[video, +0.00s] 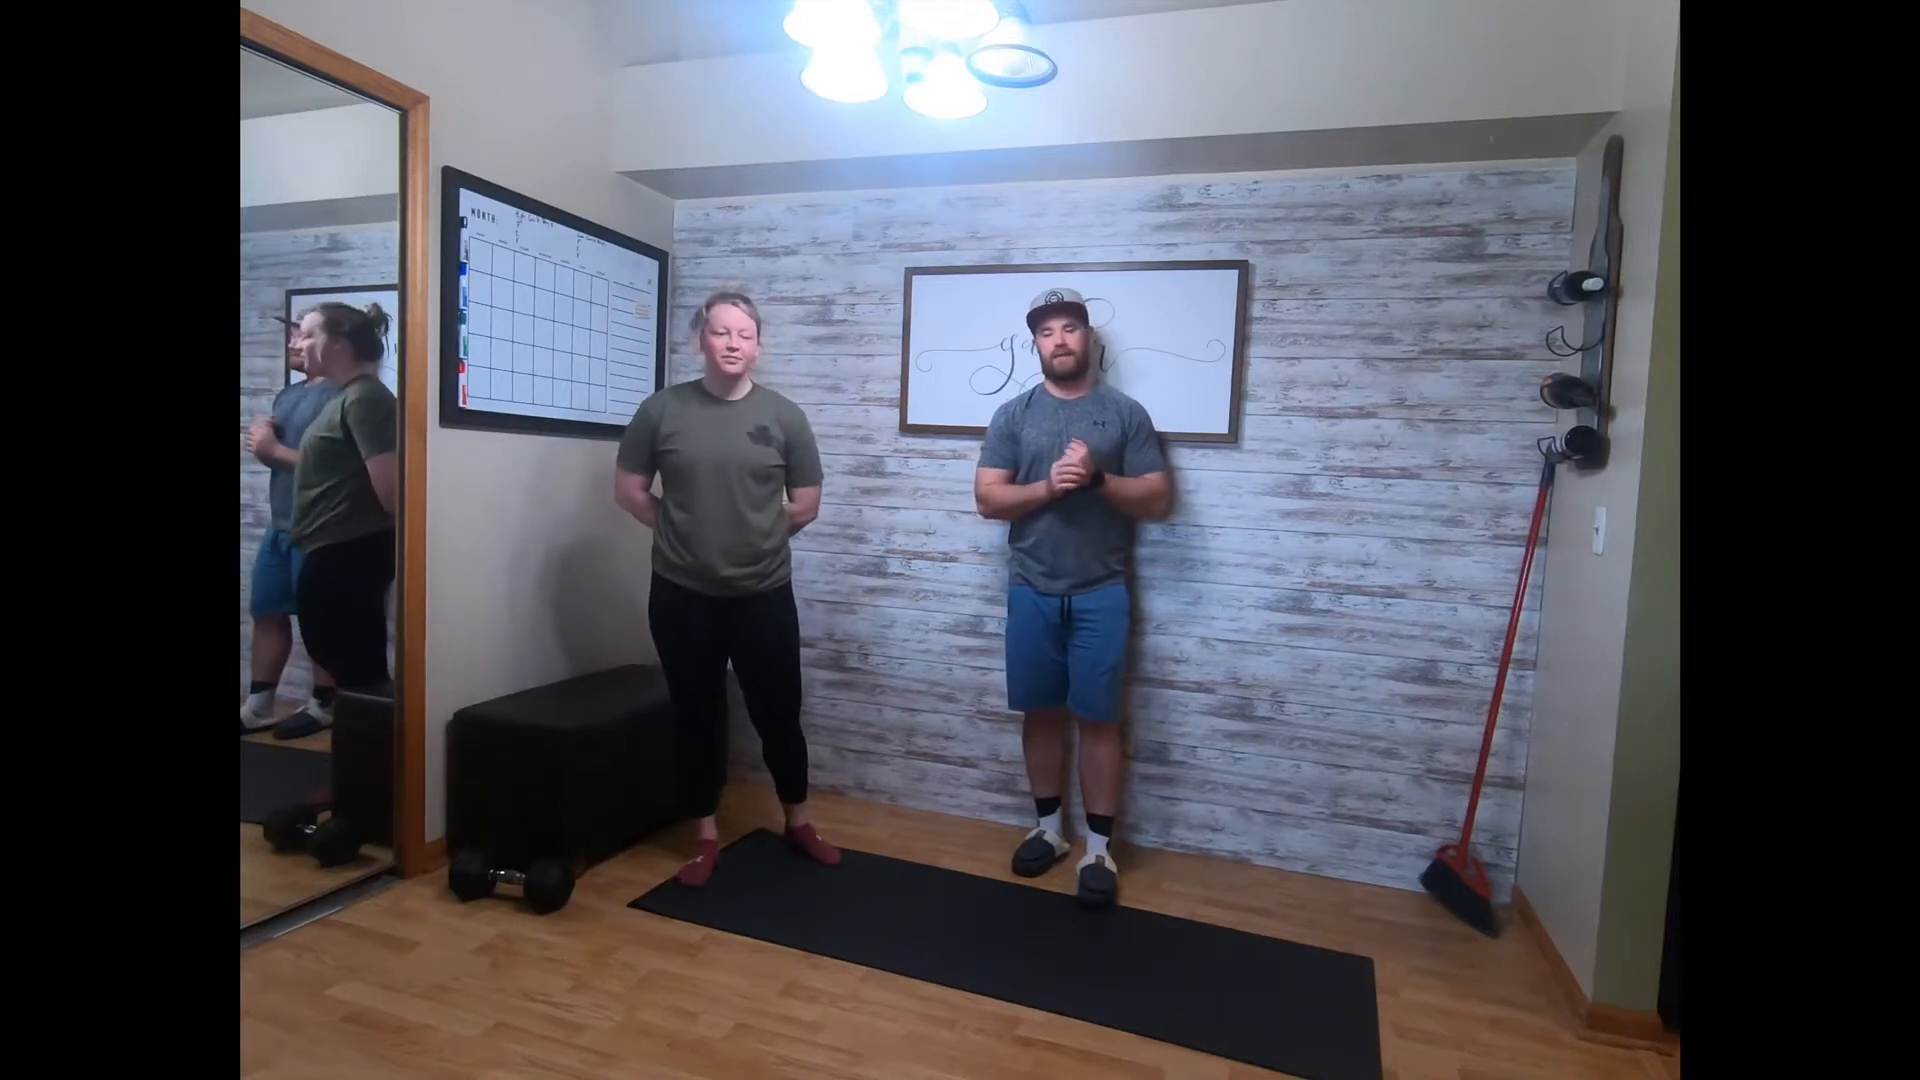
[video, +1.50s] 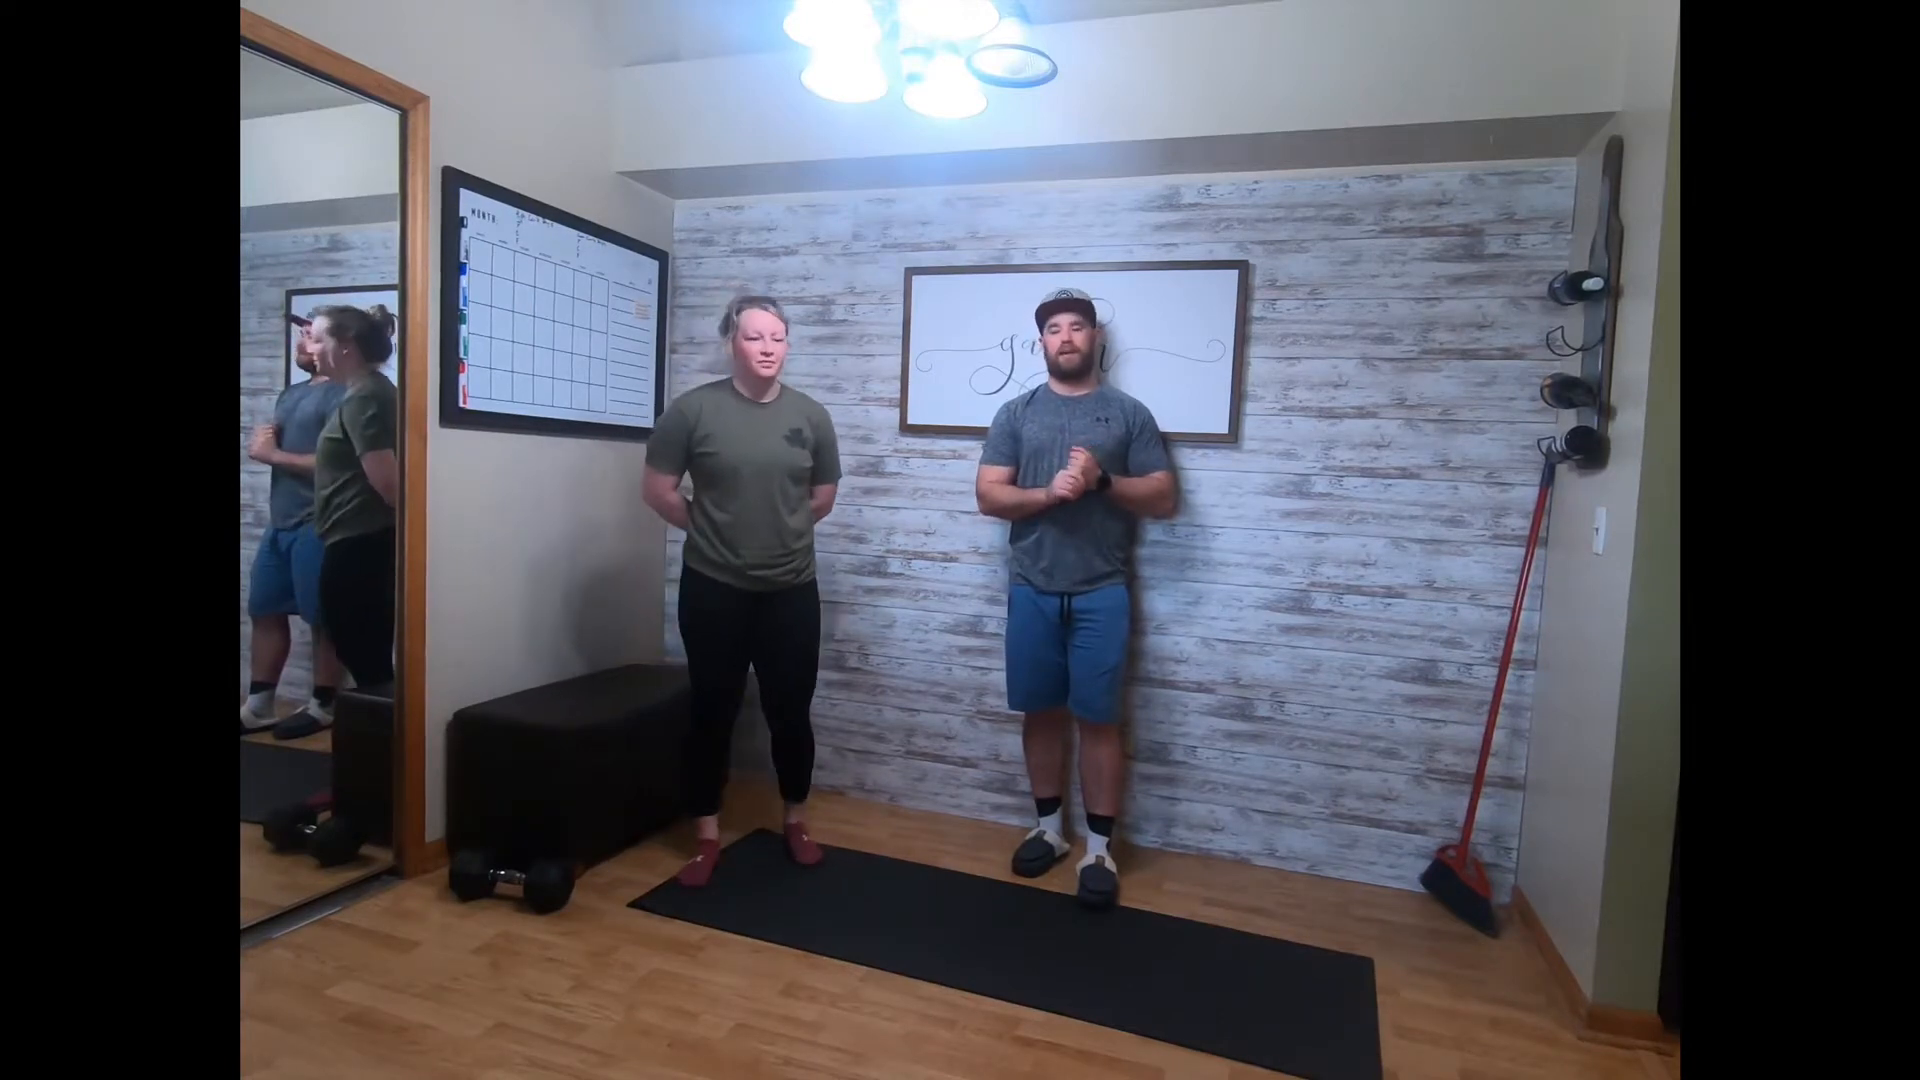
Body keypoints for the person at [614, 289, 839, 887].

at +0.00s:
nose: (733, 343)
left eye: (744, 334)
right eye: (722, 332)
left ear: (757, 345)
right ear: (702, 341)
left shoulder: (785, 417)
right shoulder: (661, 411)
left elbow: (805, 506)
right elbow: (628, 493)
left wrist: (746, 529)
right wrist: (684, 528)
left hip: (763, 593)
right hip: (682, 592)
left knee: (781, 716)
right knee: (696, 719)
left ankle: (799, 825)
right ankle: (707, 838)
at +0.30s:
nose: (732, 340)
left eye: (743, 333)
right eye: (721, 330)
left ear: (756, 348)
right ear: (699, 340)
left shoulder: (781, 416)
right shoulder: (657, 409)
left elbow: (802, 504)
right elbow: (627, 491)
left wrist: (746, 533)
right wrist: (680, 528)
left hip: (759, 592)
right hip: (678, 592)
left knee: (776, 716)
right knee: (694, 718)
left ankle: (793, 824)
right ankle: (707, 838)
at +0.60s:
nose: (737, 339)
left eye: (747, 332)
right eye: (726, 329)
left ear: (757, 347)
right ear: (700, 338)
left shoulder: (778, 416)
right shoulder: (654, 408)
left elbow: (794, 501)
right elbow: (621, 491)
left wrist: (739, 530)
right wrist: (676, 527)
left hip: (758, 592)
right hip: (678, 591)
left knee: (776, 715)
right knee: (695, 718)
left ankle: (790, 825)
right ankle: (707, 839)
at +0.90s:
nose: (743, 339)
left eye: (751, 333)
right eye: (730, 329)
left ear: (758, 347)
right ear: (701, 338)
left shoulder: (776, 414)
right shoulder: (656, 409)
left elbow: (786, 498)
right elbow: (620, 494)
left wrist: (735, 526)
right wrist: (677, 528)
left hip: (761, 589)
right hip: (683, 589)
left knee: (784, 709)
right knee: (697, 714)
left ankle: (799, 823)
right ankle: (707, 839)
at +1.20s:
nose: (750, 343)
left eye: (757, 334)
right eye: (736, 333)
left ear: (766, 344)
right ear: (708, 341)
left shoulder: (785, 414)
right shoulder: (668, 409)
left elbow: (797, 491)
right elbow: (631, 492)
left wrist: (751, 525)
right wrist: (686, 529)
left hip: (770, 588)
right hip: (693, 587)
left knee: (787, 709)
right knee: (700, 713)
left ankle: (799, 819)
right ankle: (707, 837)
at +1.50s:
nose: (768, 347)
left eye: (776, 337)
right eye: (755, 337)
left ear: (788, 346)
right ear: (731, 345)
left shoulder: (811, 416)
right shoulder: (693, 409)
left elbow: (823, 496)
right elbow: (658, 492)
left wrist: (775, 528)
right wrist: (713, 528)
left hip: (789, 590)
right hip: (713, 587)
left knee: (791, 714)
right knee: (711, 712)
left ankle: (795, 824)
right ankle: (707, 838)